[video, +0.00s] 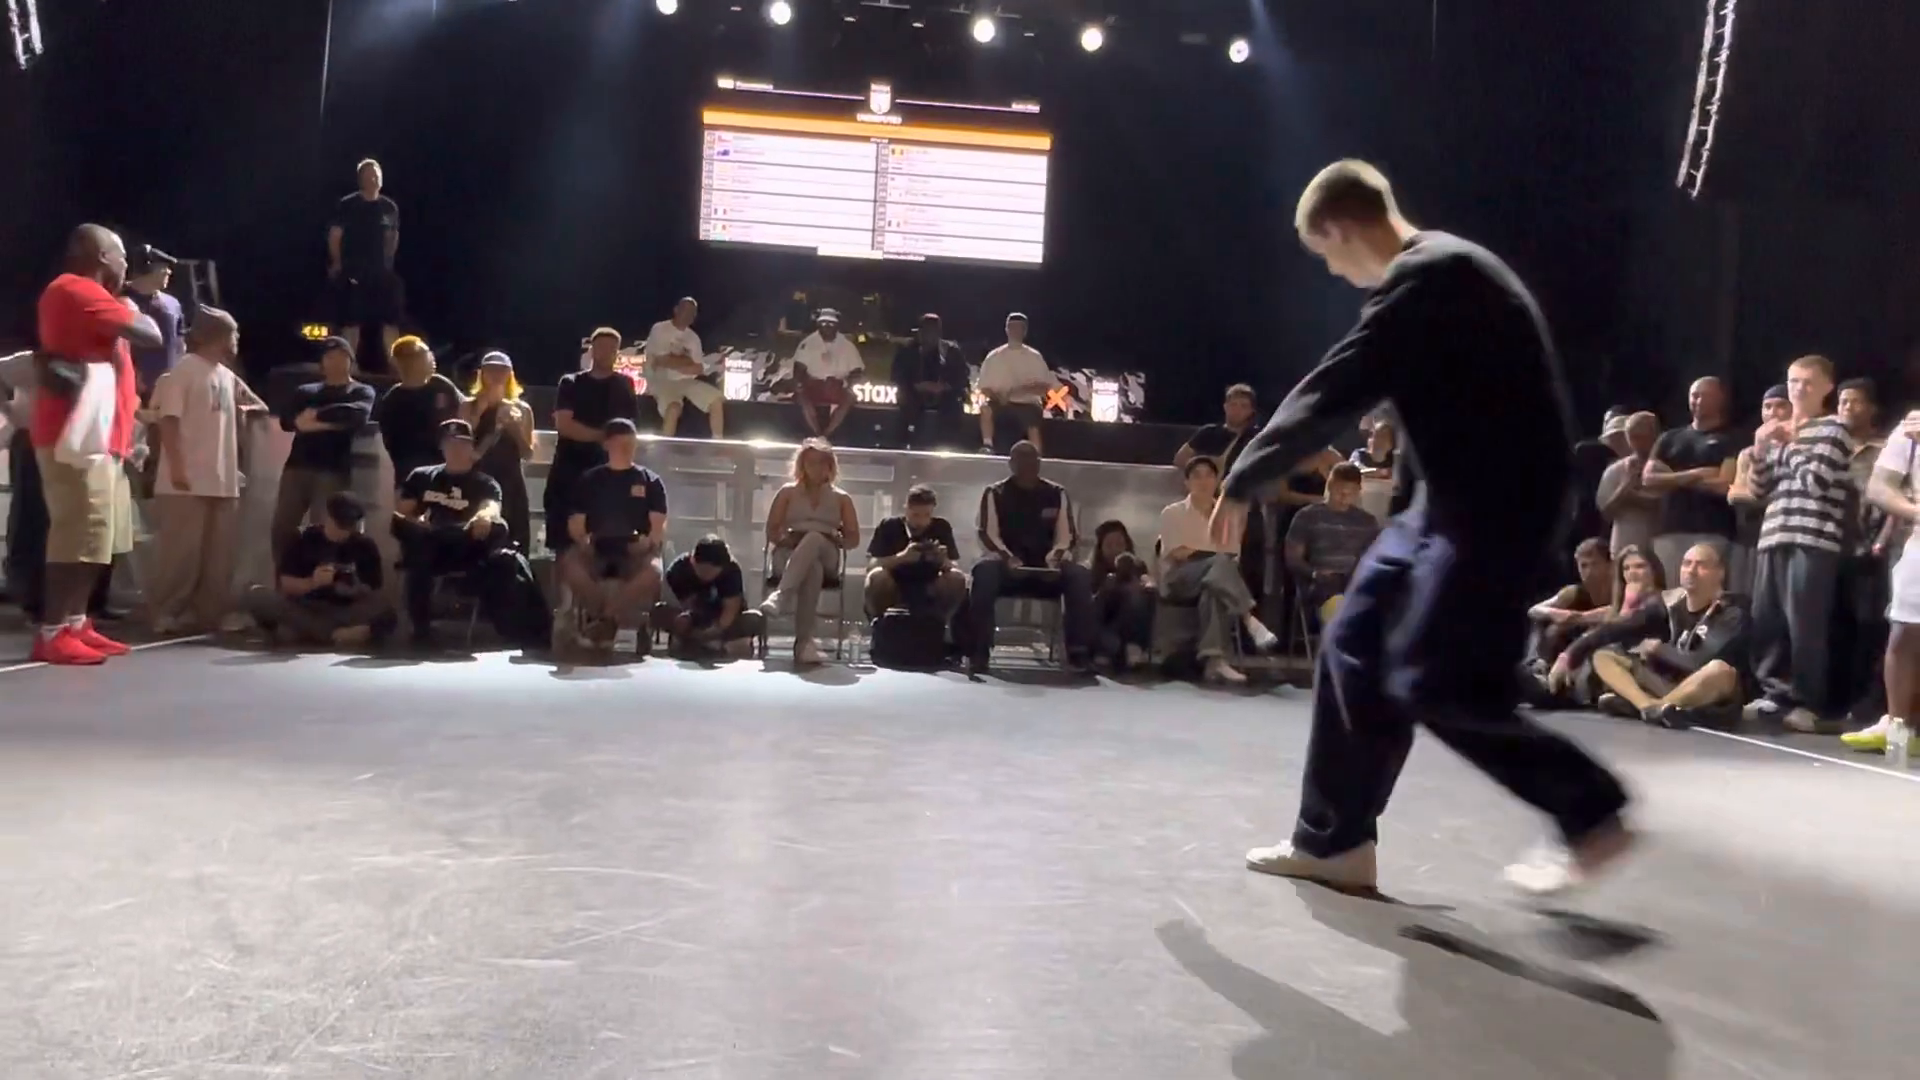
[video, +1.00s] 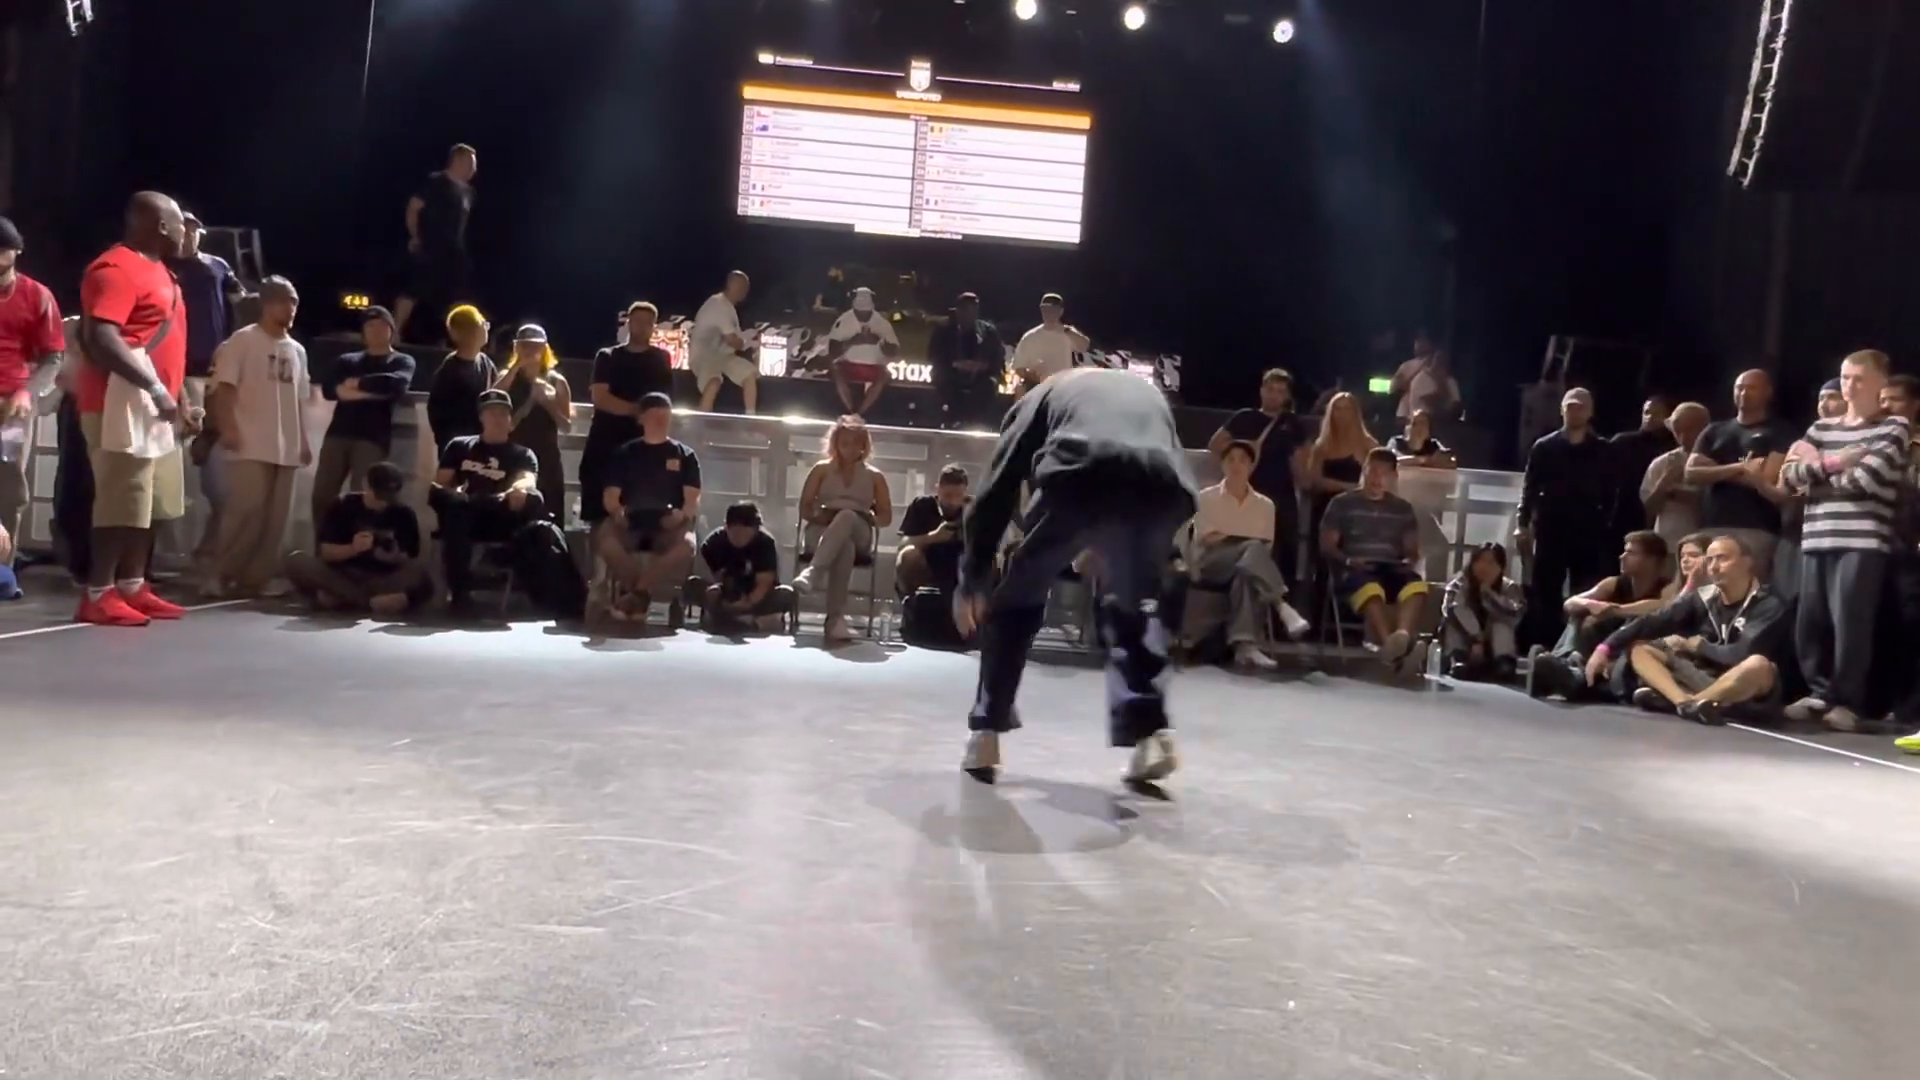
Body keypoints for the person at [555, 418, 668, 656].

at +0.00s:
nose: (623, 447)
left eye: (628, 441)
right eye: (618, 442)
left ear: (635, 444)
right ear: (606, 445)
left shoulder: (650, 482)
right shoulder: (589, 479)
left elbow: (657, 533)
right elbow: (576, 523)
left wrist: (636, 547)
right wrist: (589, 546)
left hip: (634, 545)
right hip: (597, 544)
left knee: (653, 572)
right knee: (570, 563)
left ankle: (607, 620)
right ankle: (608, 617)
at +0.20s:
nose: (635, 440)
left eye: (639, 434)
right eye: (629, 434)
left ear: (646, 437)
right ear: (617, 437)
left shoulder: (661, 474)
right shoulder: (600, 471)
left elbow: (667, 523)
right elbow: (586, 514)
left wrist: (646, 538)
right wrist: (599, 536)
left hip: (643, 535)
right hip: (606, 534)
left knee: (663, 562)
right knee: (582, 556)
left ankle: (614, 611)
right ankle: (616, 612)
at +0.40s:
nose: (644, 431)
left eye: (648, 425)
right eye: (639, 426)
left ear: (655, 428)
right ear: (626, 429)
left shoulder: (670, 466)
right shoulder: (608, 464)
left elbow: (676, 512)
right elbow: (595, 507)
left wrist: (662, 529)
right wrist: (607, 527)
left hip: (652, 527)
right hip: (616, 526)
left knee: (671, 556)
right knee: (591, 550)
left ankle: (622, 606)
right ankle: (624, 607)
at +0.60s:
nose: (652, 426)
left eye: (656, 420)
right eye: (646, 420)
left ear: (663, 423)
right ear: (634, 424)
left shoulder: (677, 460)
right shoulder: (617, 458)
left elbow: (684, 504)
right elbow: (603, 501)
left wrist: (674, 523)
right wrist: (614, 522)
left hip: (660, 522)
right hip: (624, 522)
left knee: (679, 552)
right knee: (598, 545)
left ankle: (629, 600)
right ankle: (632, 600)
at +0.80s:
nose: (656, 423)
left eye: (660, 417)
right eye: (650, 417)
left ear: (667, 420)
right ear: (638, 421)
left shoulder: (681, 457)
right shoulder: (621, 454)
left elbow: (688, 502)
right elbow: (607, 498)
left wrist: (677, 519)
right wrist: (619, 520)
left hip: (664, 518)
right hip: (628, 517)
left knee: (683, 547)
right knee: (603, 542)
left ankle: (633, 596)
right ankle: (637, 596)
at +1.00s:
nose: (660, 421)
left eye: (664, 416)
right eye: (654, 416)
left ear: (670, 418)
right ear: (641, 419)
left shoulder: (684, 455)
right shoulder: (624, 453)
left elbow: (691, 500)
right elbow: (610, 497)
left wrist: (680, 516)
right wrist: (621, 516)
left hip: (667, 515)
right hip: (631, 514)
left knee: (686, 545)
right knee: (606, 538)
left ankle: (635, 593)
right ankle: (639, 594)